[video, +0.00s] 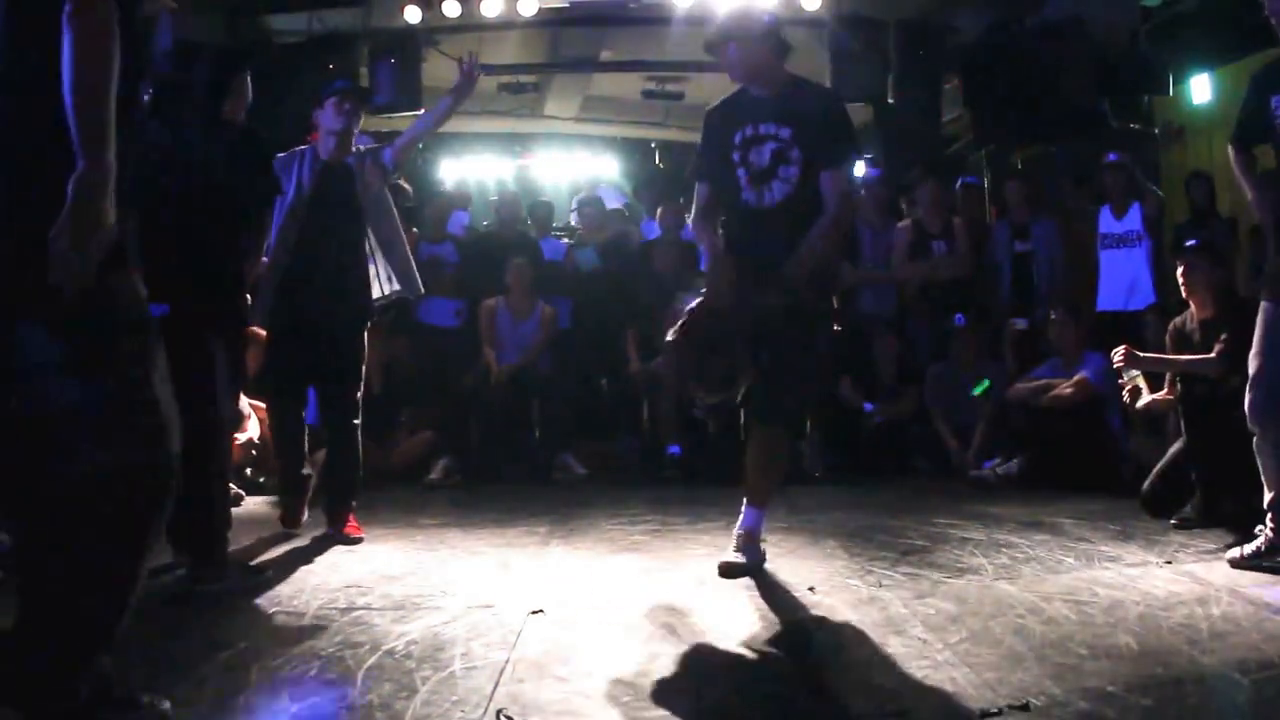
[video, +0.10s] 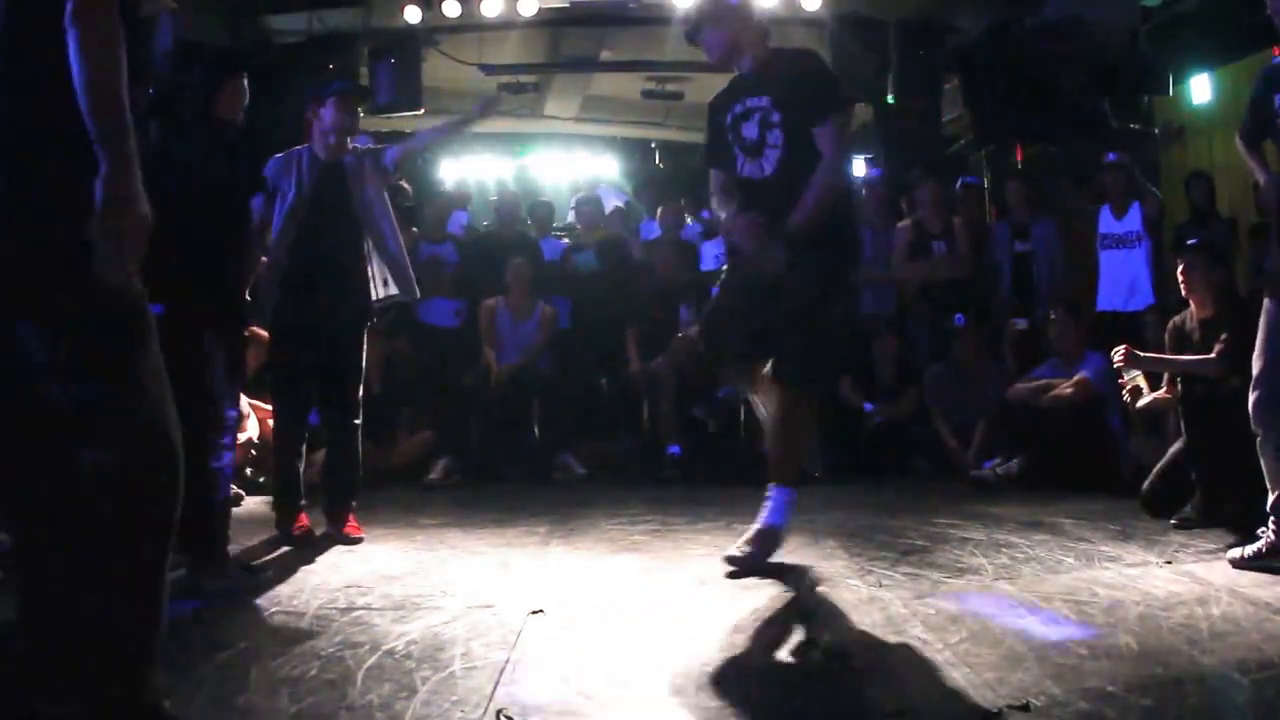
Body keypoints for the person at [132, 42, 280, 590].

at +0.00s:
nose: (249, 103)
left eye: (248, 95)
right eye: (244, 94)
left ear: (206, 96)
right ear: (229, 96)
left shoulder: (168, 141)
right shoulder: (243, 147)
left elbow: (147, 218)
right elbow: (254, 226)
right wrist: (246, 272)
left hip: (171, 289)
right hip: (213, 293)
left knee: (193, 417)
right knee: (213, 420)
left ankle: (187, 534)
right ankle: (205, 546)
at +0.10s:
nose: (245, 102)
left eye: (245, 92)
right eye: (238, 92)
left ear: (208, 96)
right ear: (215, 95)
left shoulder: (174, 144)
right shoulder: (223, 149)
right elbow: (230, 235)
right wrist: (234, 300)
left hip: (183, 300)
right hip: (203, 305)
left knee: (195, 426)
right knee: (210, 430)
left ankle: (190, 544)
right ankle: (206, 552)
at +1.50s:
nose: (230, 101)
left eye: (238, 93)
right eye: (222, 89)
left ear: (244, 101)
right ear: (196, 90)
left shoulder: (231, 157)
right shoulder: (163, 149)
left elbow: (241, 222)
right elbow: (150, 232)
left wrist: (255, 253)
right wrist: (209, 260)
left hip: (216, 312)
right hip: (169, 312)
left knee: (218, 419)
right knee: (172, 423)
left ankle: (217, 526)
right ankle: (166, 544)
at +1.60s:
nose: (239, 102)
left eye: (246, 93)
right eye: (230, 90)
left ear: (252, 103)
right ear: (205, 92)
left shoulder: (246, 164)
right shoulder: (167, 148)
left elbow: (265, 233)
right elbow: (145, 229)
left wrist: (259, 263)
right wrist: (199, 263)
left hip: (222, 309)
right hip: (172, 307)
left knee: (220, 418)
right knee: (175, 420)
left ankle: (216, 526)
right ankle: (169, 544)